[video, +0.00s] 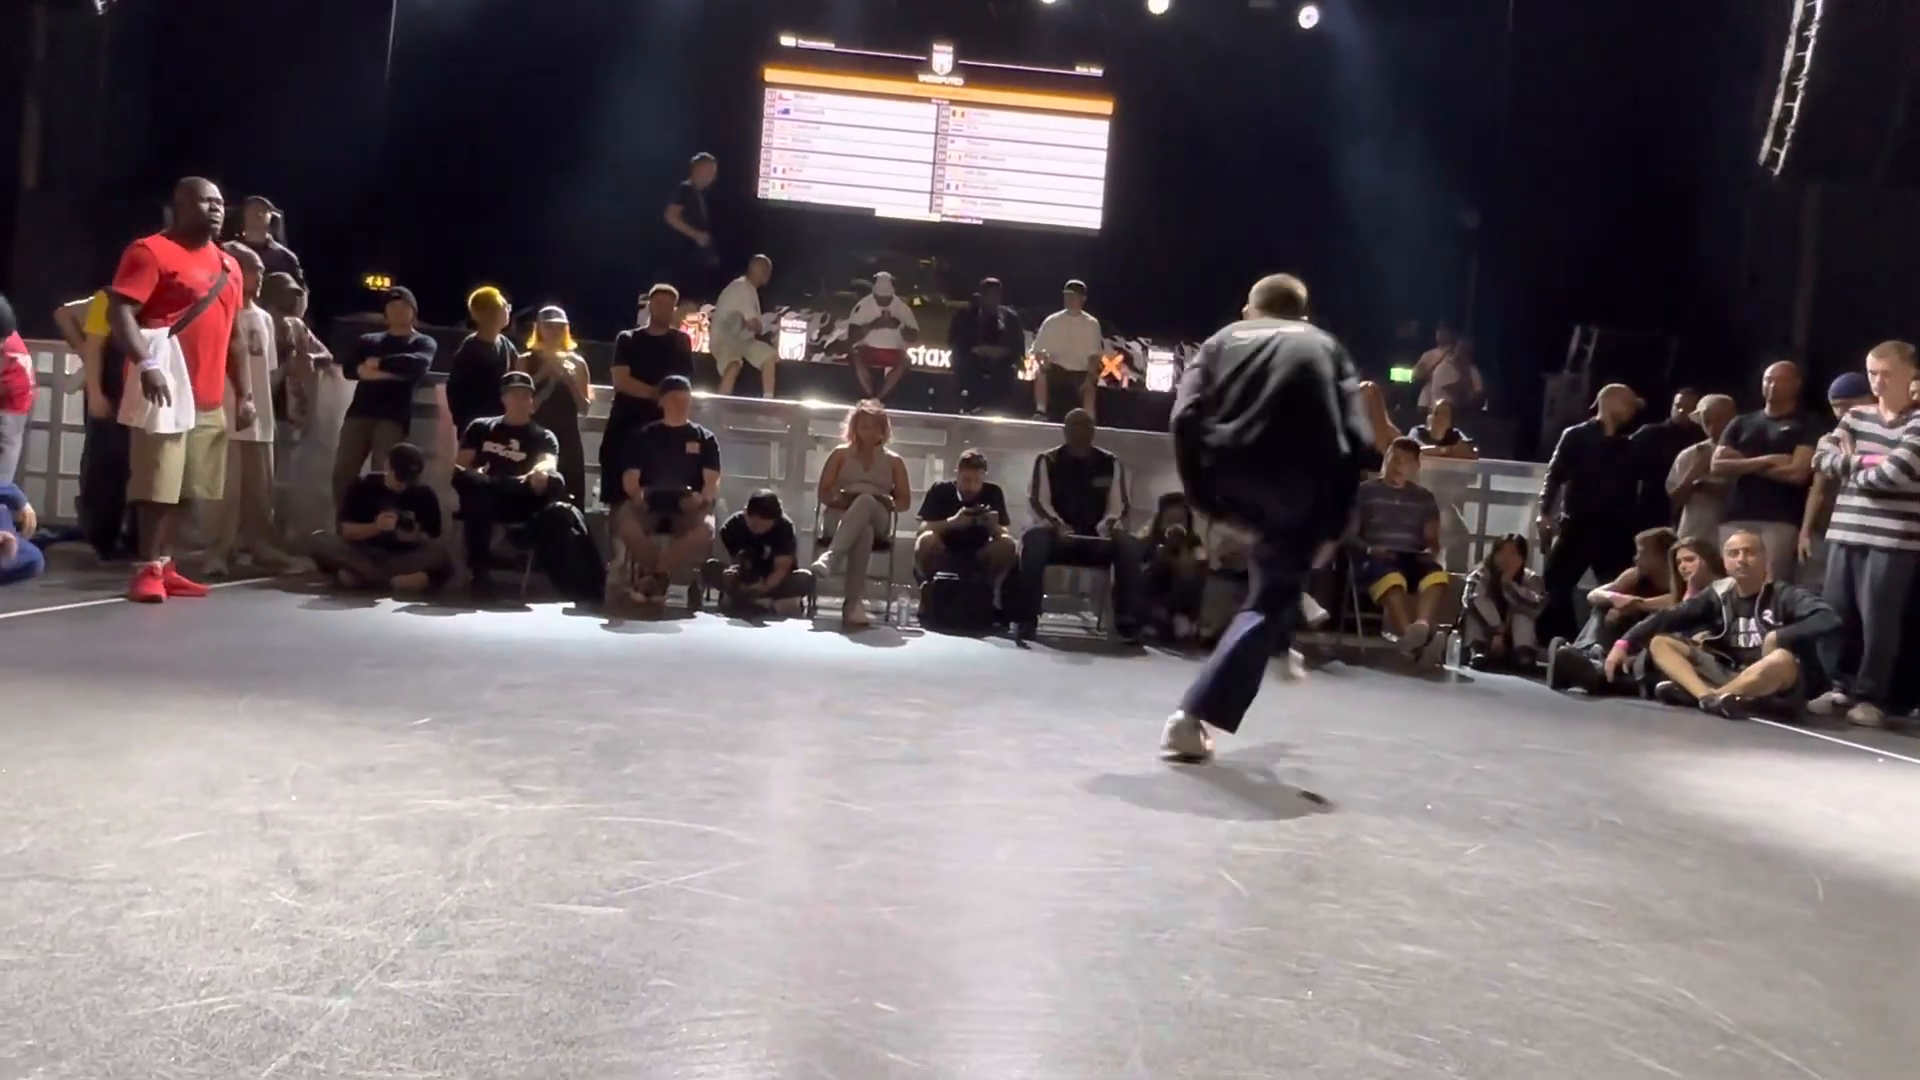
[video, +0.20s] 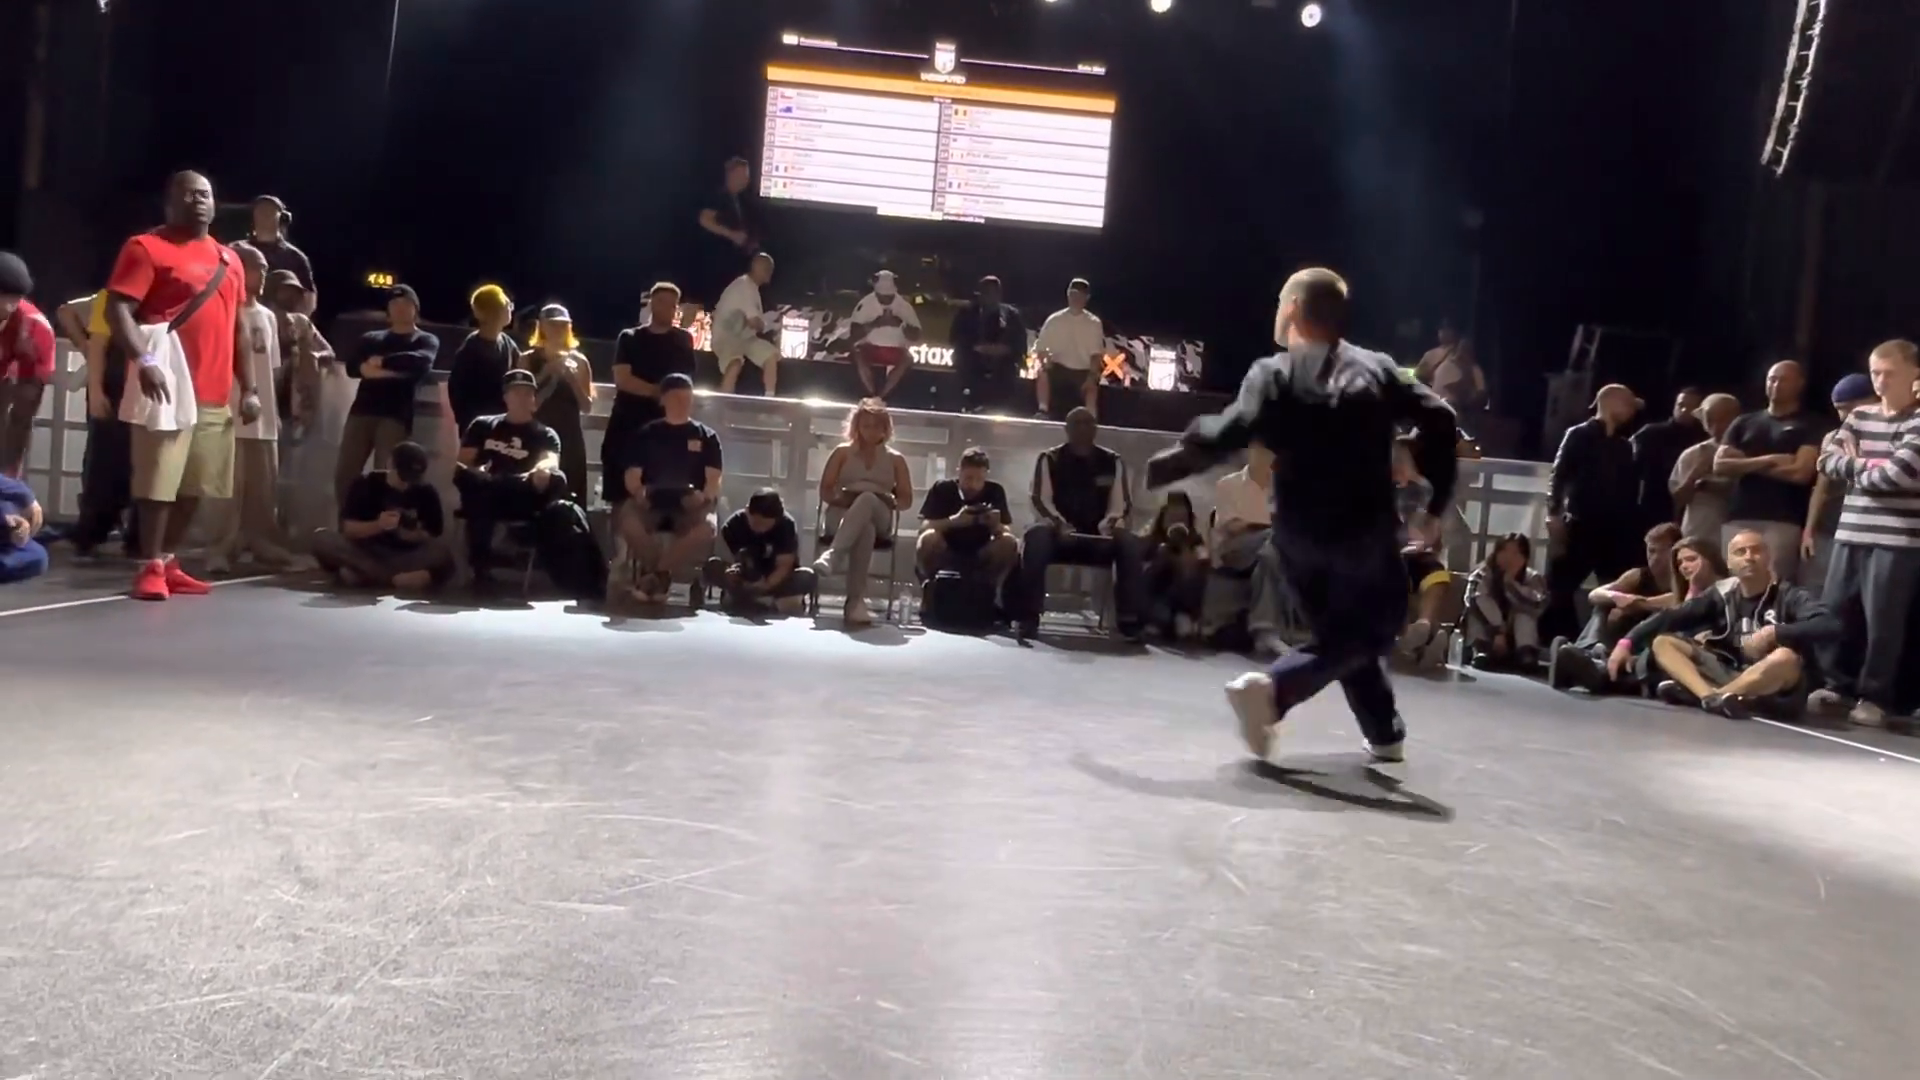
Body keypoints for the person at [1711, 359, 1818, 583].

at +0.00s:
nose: (1771, 385)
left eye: (1778, 380)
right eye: (1768, 380)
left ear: (1796, 385)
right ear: (1762, 384)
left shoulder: (1808, 426)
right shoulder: (1741, 423)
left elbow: (1798, 473)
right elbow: (1717, 465)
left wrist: (1745, 463)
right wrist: (1770, 460)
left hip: (1780, 520)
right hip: (1737, 518)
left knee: (1774, 596)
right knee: (1734, 594)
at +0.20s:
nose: (1775, 384)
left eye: (1782, 380)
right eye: (1772, 379)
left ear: (1799, 384)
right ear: (1766, 383)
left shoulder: (1810, 426)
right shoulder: (1744, 422)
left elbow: (1802, 473)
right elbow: (1719, 465)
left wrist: (1747, 463)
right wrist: (1773, 460)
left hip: (1782, 522)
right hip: (1739, 519)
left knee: (1776, 599)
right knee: (1735, 597)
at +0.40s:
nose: (1778, 384)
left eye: (1785, 379)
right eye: (1775, 378)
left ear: (1802, 384)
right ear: (1769, 383)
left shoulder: (1812, 426)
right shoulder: (1746, 422)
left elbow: (1804, 473)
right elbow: (1722, 464)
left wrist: (1750, 463)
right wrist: (1775, 460)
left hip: (1786, 522)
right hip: (1742, 519)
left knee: (1779, 598)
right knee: (1736, 598)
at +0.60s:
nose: (1780, 383)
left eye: (1787, 378)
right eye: (1777, 377)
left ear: (1804, 383)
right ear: (1770, 382)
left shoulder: (1814, 424)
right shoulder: (1748, 421)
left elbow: (1806, 471)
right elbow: (1723, 464)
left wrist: (1751, 460)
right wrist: (1777, 459)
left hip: (1789, 521)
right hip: (1743, 519)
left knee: (1779, 599)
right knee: (1741, 598)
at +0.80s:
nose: (1781, 382)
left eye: (1789, 378)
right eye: (1778, 377)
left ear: (1805, 384)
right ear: (1772, 381)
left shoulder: (1818, 424)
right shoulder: (1750, 421)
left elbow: (1808, 470)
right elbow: (1725, 463)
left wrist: (1751, 460)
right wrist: (1778, 459)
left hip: (1791, 519)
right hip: (1745, 517)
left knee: (1779, 595)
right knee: (1741, 594)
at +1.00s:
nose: (1782, 382)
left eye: (1790, 378)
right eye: (1779, 377)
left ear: (1806, 383)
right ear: (1773, 382)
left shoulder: (1816, 424)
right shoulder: (1750, 420)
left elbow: (1807, 471)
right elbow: (1725, 463)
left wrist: (1751, 459)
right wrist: (1779, 458)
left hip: (1791, 518)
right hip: (1745, 515)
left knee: (1781, 589)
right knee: (1742, 589)